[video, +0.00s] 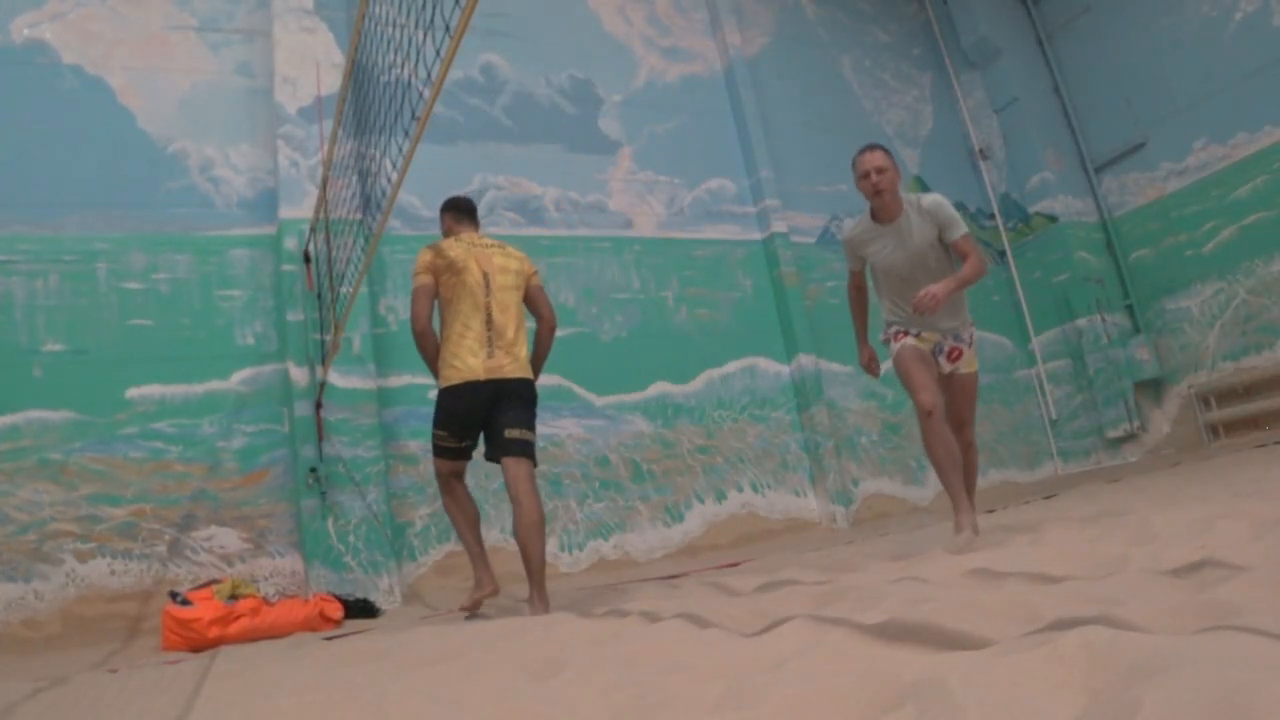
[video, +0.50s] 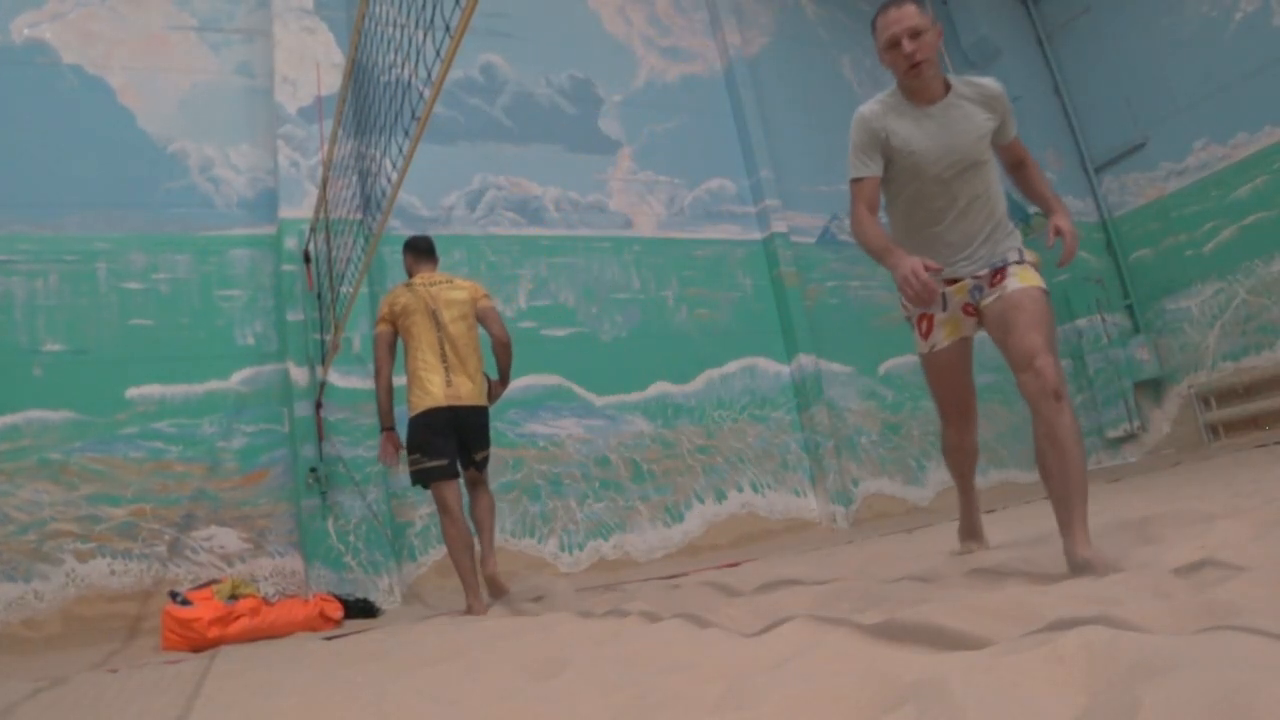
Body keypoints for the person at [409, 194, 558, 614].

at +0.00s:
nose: (441, 233)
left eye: (441, 227)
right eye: (445, 228)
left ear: (446, 224)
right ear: (478, 224)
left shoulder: (435, 254)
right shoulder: (512, 255)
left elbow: (420, 324)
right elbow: (548, 320)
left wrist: (443, 374)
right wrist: (531, 372)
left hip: (461, 385)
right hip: (516, 383)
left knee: (450, 477)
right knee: (523, 484)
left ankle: (483, 576)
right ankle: (538, 596)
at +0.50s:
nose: (406, 269)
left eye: (405, 264)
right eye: (412, 263)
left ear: (407, 263)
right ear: (437, 261)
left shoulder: (394, 300)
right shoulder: (468, 289)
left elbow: (383, 369)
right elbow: (501, 336)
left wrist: (387, 427)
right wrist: (503, 381)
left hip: (428, 413)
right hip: (473, 408)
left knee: (450, 508)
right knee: (479, 482)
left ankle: (474, 599)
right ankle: (489, 560)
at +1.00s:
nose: (413, 306)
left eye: (412, 301)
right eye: (421, 302)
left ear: (411, 300)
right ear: (437, 303)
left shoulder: (390, 330)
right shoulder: (457, 332)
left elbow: (370, 387)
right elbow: (480, 382)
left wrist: (369, 432)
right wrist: (472, 415)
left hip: (407, 439)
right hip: (449, 438)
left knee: (399, 506)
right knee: (456, 520)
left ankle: (411, 558)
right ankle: (468, 601)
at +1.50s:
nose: (386, 339)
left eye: (379, 333)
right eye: (389, 334)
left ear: (367, 333)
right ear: (391, 332)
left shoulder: (350, 365)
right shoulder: (395, 353)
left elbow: (329, 412)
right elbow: (412, 389)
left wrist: (315, 452)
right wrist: (438, 418)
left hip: (369, 466)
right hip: (405, 459)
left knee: (368, 539)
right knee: (439, 525)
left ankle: (362, 615)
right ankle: (457, 601)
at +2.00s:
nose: (381, 352)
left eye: (375, 347)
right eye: (382, 347)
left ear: (358, 344)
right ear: (382, 344)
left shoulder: (339, 375)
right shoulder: (376, 356)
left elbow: (328, 426)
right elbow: (384, 391)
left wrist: (317, 473)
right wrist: (415, 418)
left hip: (349, 466)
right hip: (378, 459)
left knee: (359, 538)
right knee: (413, 523)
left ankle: (355, 620)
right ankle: (428, 606)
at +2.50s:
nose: (414, 361)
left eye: (416, 357)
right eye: (411, 354)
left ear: (402, 355)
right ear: (394, 349)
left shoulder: (364, 381)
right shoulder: (384, 369)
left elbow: (342, 436)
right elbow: (384, 404)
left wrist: (319, 478)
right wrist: (416, 435)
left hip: (348, 472)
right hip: (373, 469)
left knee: (350, 548)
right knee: (414, 535)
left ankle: (335, 630)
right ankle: (412, 625)